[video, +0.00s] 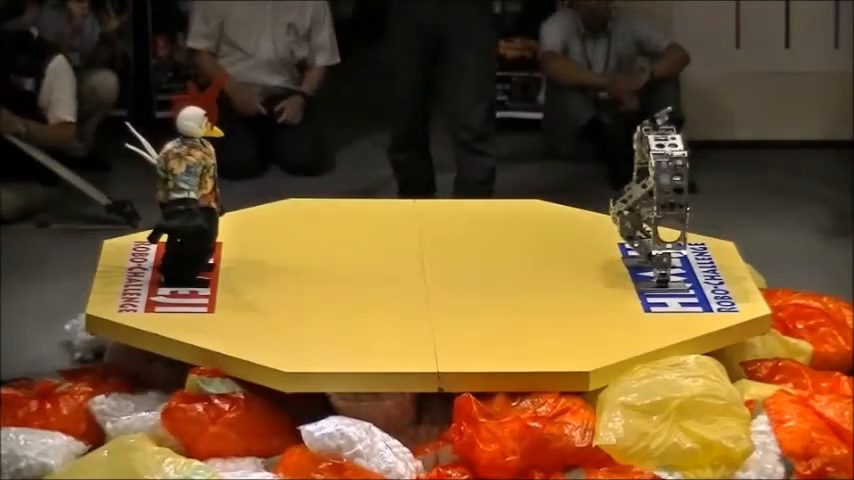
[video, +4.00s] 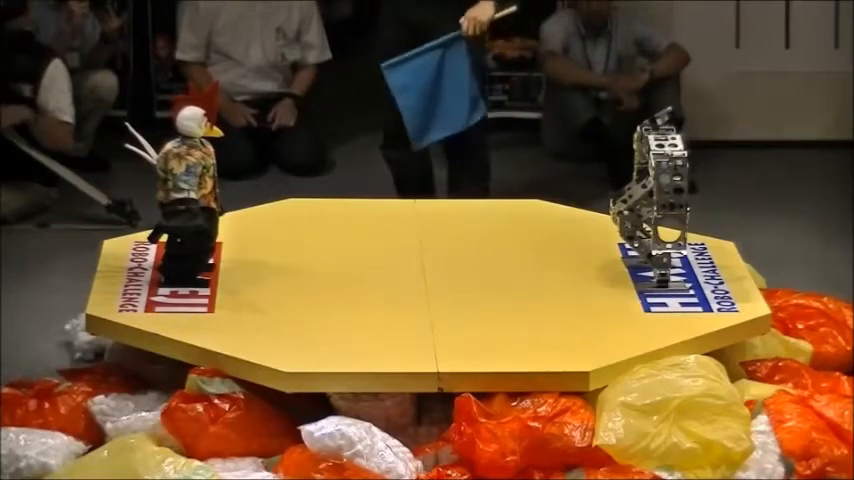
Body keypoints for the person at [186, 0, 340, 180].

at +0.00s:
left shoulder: (313, 5)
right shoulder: (213, 5)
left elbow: (321, 58)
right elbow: (201, 53)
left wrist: (301, 97)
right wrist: (234, 90)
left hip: (286, 93)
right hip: (234, 93)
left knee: (305, 161)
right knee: (237, 165)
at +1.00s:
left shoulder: (310, 5)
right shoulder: (212, 5)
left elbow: (316, 64)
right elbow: (198, 56)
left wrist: (294, 100)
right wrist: (228, 102)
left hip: (284, 99)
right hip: (232, 99)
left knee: (306, 160)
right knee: (237, 164)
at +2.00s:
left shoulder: (302, 5)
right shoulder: (203, 5)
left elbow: (312, 61)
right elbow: (192, 61)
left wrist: (291, 100)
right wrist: (226, 105)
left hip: (280, 97)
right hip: (229, 101)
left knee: (305, 160)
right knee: (236, 163)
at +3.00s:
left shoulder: (302, 5)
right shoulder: (201, 5)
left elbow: (312, 60)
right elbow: (191, 60)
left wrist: (291, 100)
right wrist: (226, 105)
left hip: (280, 98)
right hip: (228, 102)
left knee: (306, 160)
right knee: (237, 163)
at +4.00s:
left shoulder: (301, 5)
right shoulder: (202, 5)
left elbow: (310, 62)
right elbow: (191, 62)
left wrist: (291, 100)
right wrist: (226, 106)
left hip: (279, 99)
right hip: (227, 102)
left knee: (307, 161)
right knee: (238, 163)